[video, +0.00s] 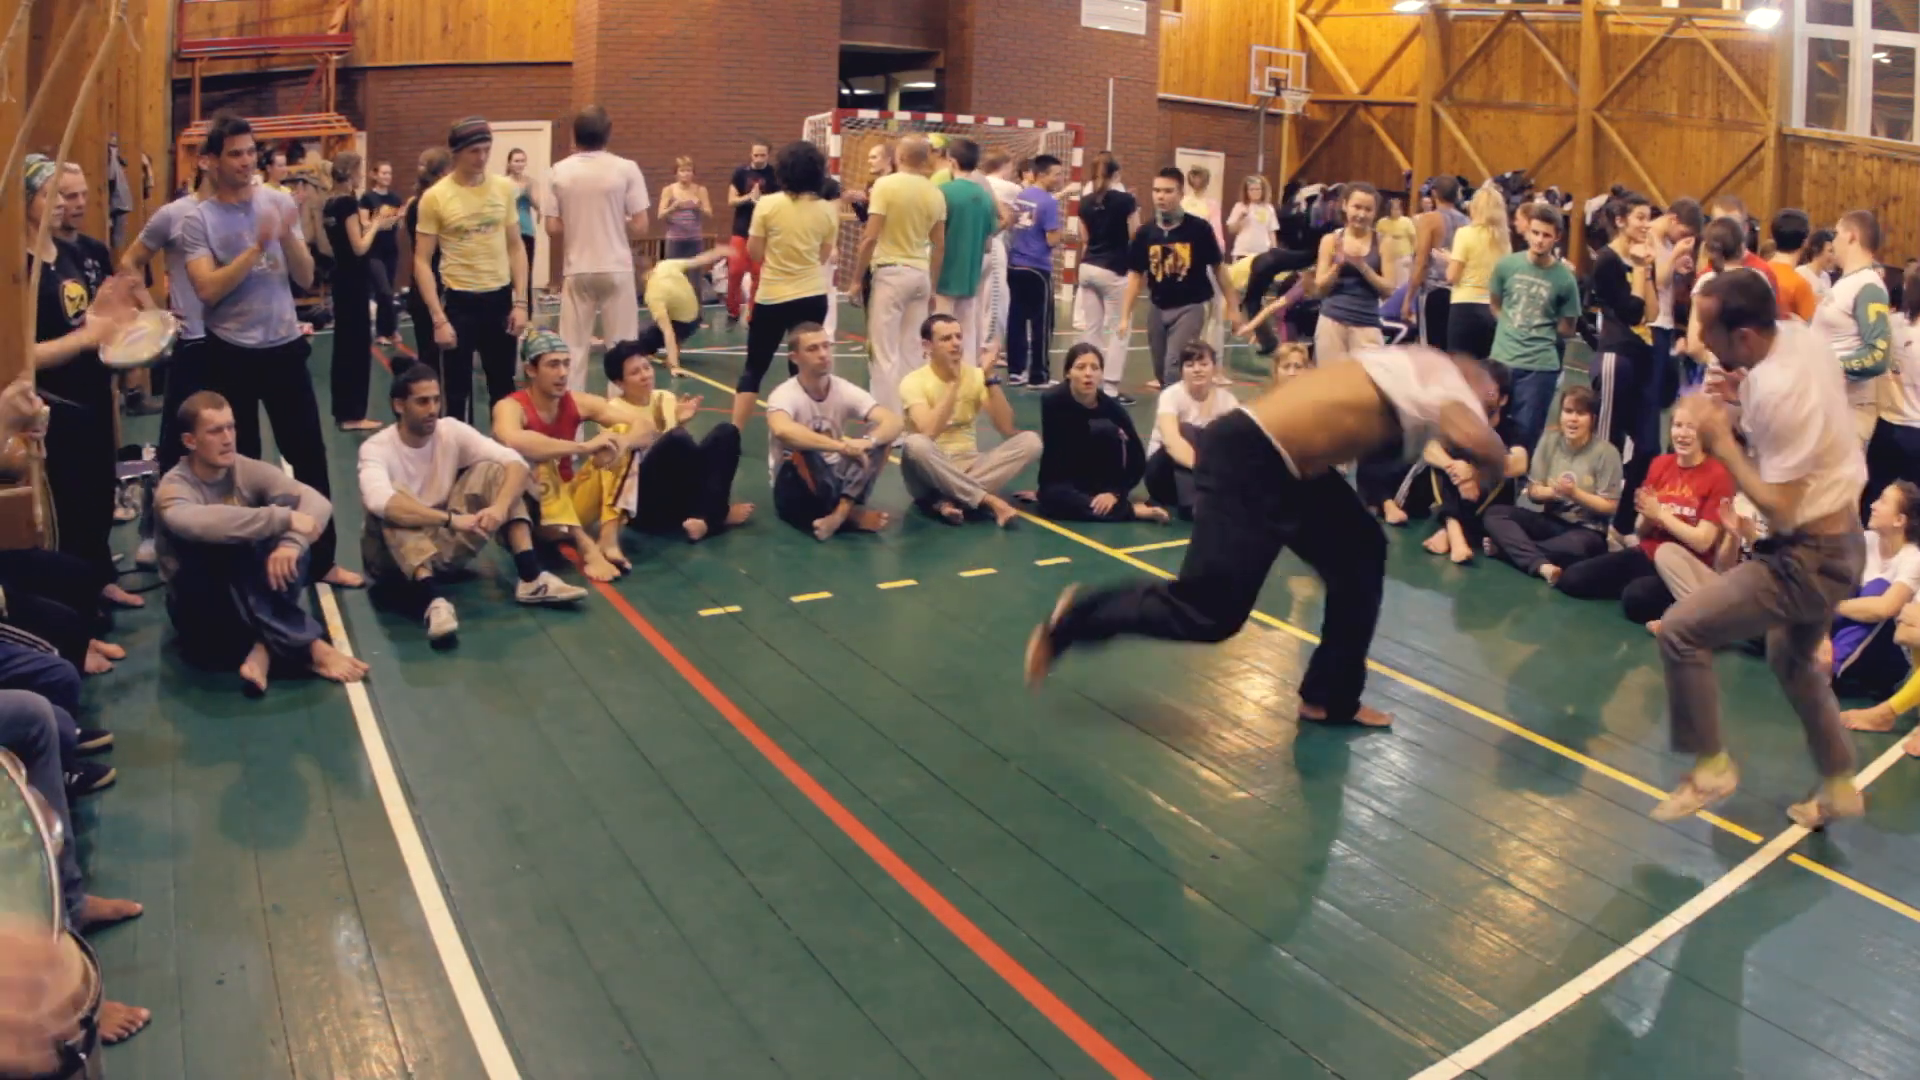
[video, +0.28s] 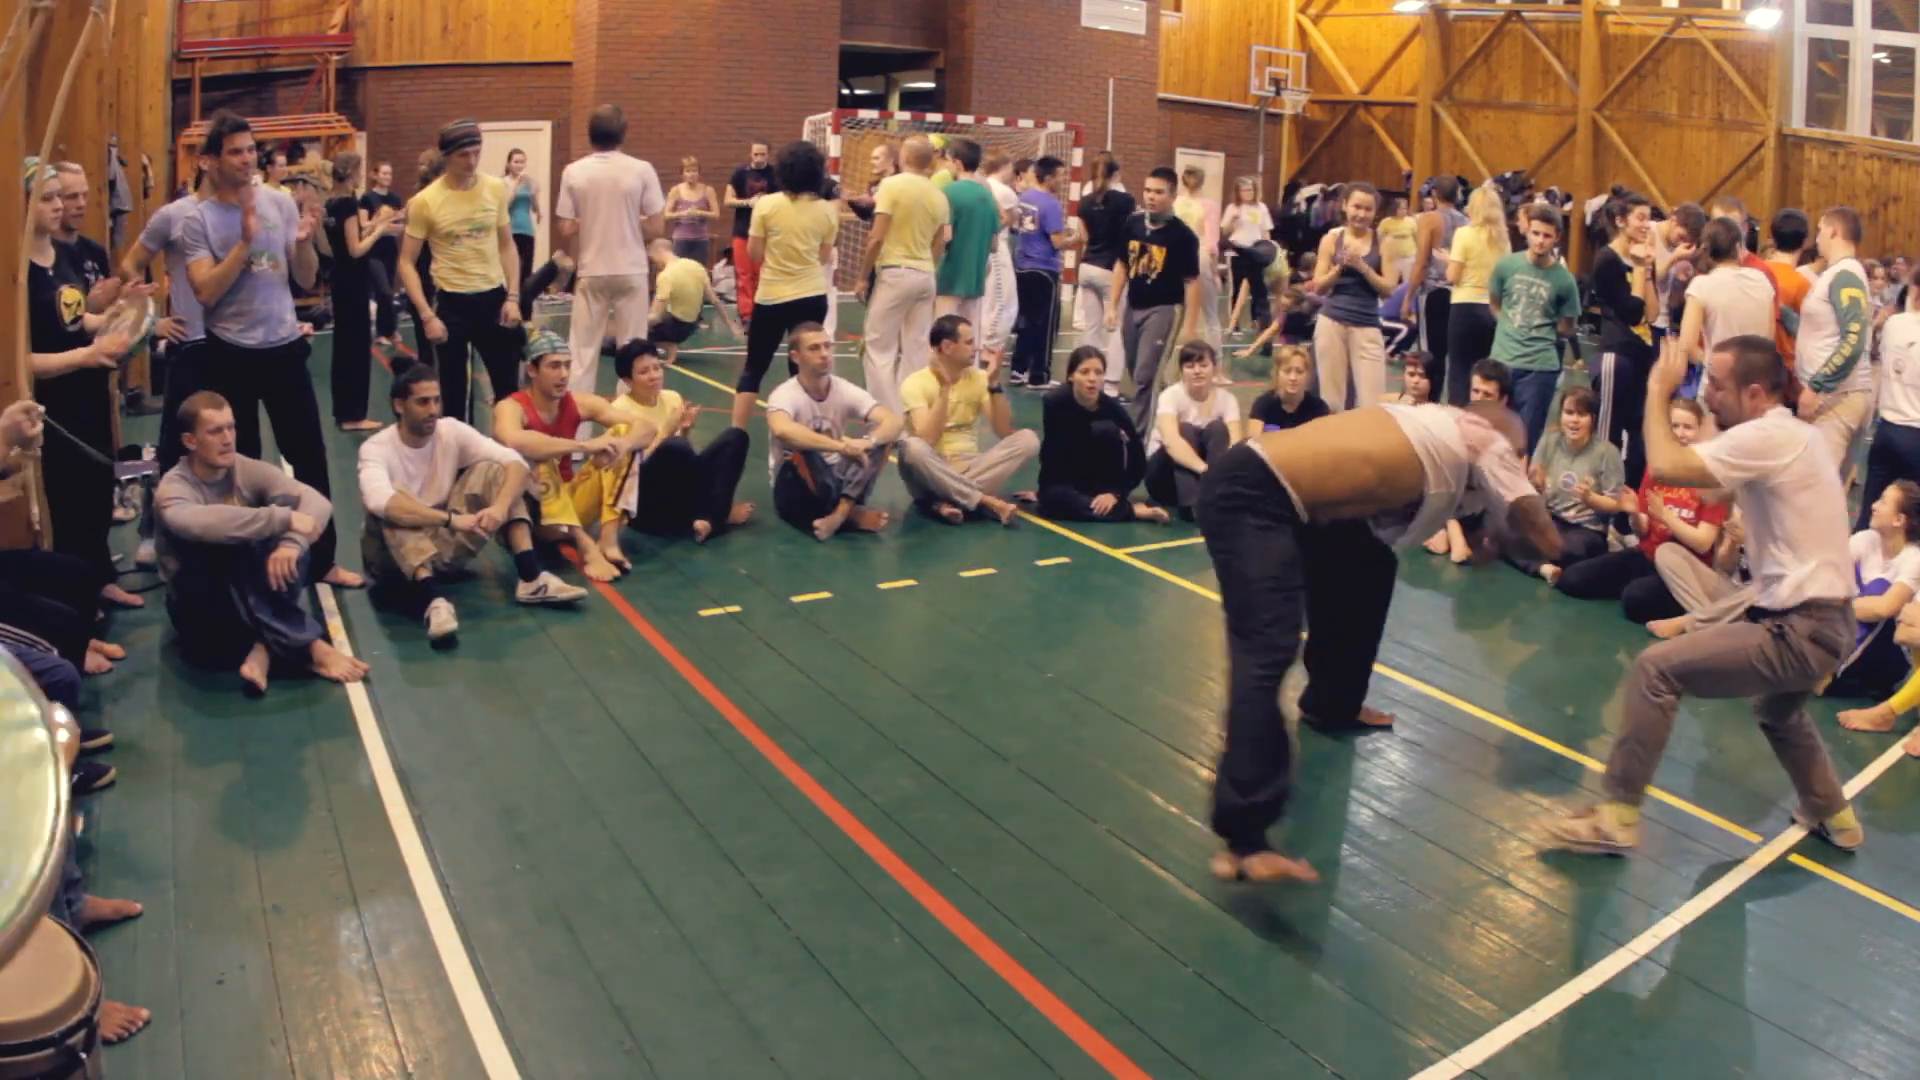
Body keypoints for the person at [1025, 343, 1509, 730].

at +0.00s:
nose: (1491, 414)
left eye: (1494, 406)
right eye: (1493, 403)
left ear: (1466, 374)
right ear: (1478, 379)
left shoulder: (1405, 364)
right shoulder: (1444, 373)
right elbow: (1479, 441)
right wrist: (1496, 470)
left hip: (1298, 471)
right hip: (1250, 457)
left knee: (1361, 550)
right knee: (1209, 612)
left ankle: (1329, 695)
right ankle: (1074, 618)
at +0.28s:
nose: (1512, 467)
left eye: (1513, 459)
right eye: (1513, 456)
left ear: (1477, 421)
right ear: (1500, 443)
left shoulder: (1429, 422)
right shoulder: (1481, 437)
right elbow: (1549, 542)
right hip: (1252, 493)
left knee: (1368, 565)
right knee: (1264, 657)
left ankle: (1333, 706)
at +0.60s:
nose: (1526, 375)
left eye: (1526, 362)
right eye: (1525, 362)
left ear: (1456, 341)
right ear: (1505, 360)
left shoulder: (1381, 346)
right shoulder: (1495, 422)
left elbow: (1269, 360)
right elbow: (1540, 543)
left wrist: (1200, 317)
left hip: (1206, 528)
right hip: (1264, 584)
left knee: (1226, 634)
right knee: (1381, 732)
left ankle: (1125, 722)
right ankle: (1293, 881)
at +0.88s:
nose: (1447, 290)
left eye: (1450, 274)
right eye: (1448, 272)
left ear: (1367, 238)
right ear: (1426, 263)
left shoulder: (1281, 278)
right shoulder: (1358, 318)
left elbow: (1210, 426)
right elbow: (1245, 431)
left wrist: (1347, 472)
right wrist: (1344, 589)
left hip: (1104, 536)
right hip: (1182, 577)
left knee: (1048, 771)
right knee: (1264, 747)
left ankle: (901, 958)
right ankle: (1276, 895)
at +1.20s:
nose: (1246, 125)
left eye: (1249, 108)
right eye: (1250, 104)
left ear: (1157, 51)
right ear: (1231, 81)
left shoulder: (1025, 126)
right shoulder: (1183, 121)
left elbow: (936, 290)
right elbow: (1050, 197)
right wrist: (998, 420)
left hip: (942, 452)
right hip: (1077, 485)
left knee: (933, 759)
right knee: (1105, 769)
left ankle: (904, 1033)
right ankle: (1043, 1000)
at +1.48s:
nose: (1135, 117)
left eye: (1138, 101)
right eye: (1141, 97)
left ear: (1024, 33)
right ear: (1124, 78)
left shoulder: (891, 94)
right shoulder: (1062, 106)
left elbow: (731, 279)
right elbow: (961, 289)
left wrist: (855, 337)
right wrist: (1131, 518)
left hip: (787, 500)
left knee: (858, 787)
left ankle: (710, 991)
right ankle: (746, 1048)